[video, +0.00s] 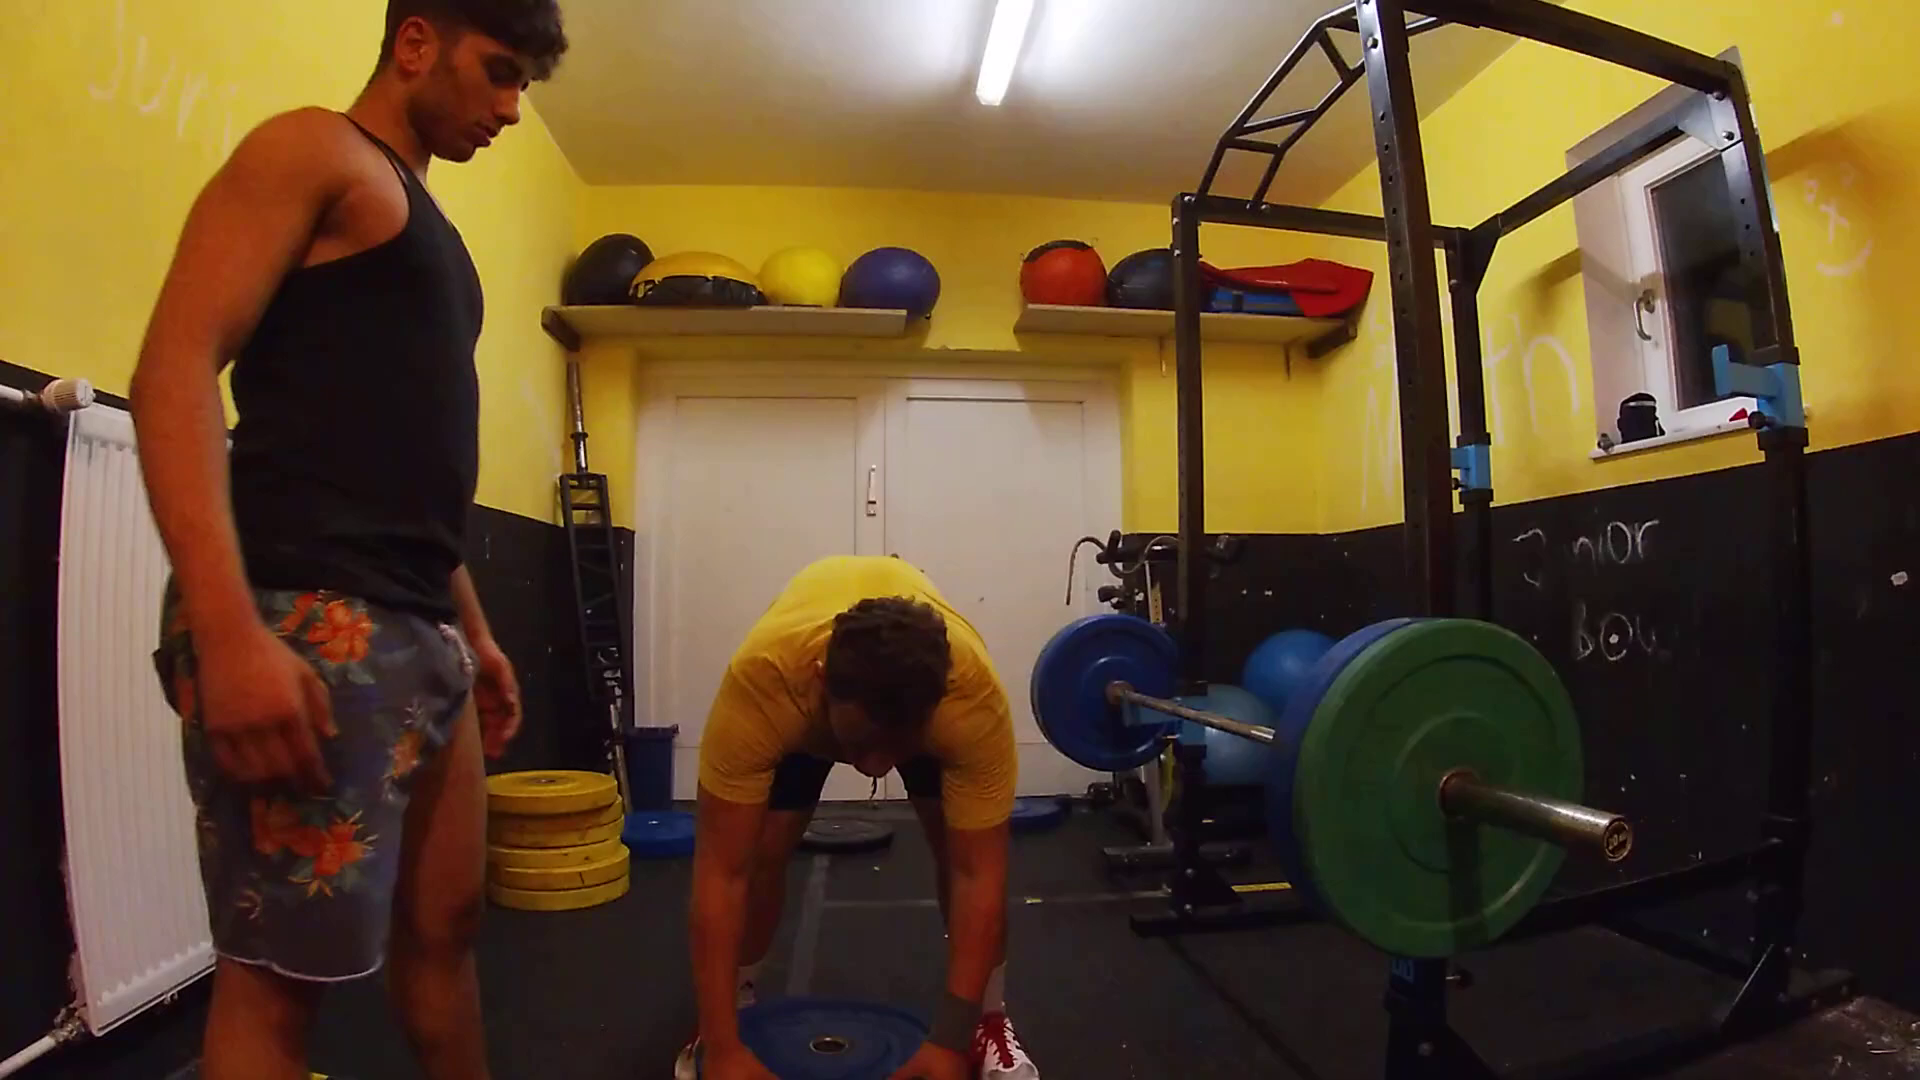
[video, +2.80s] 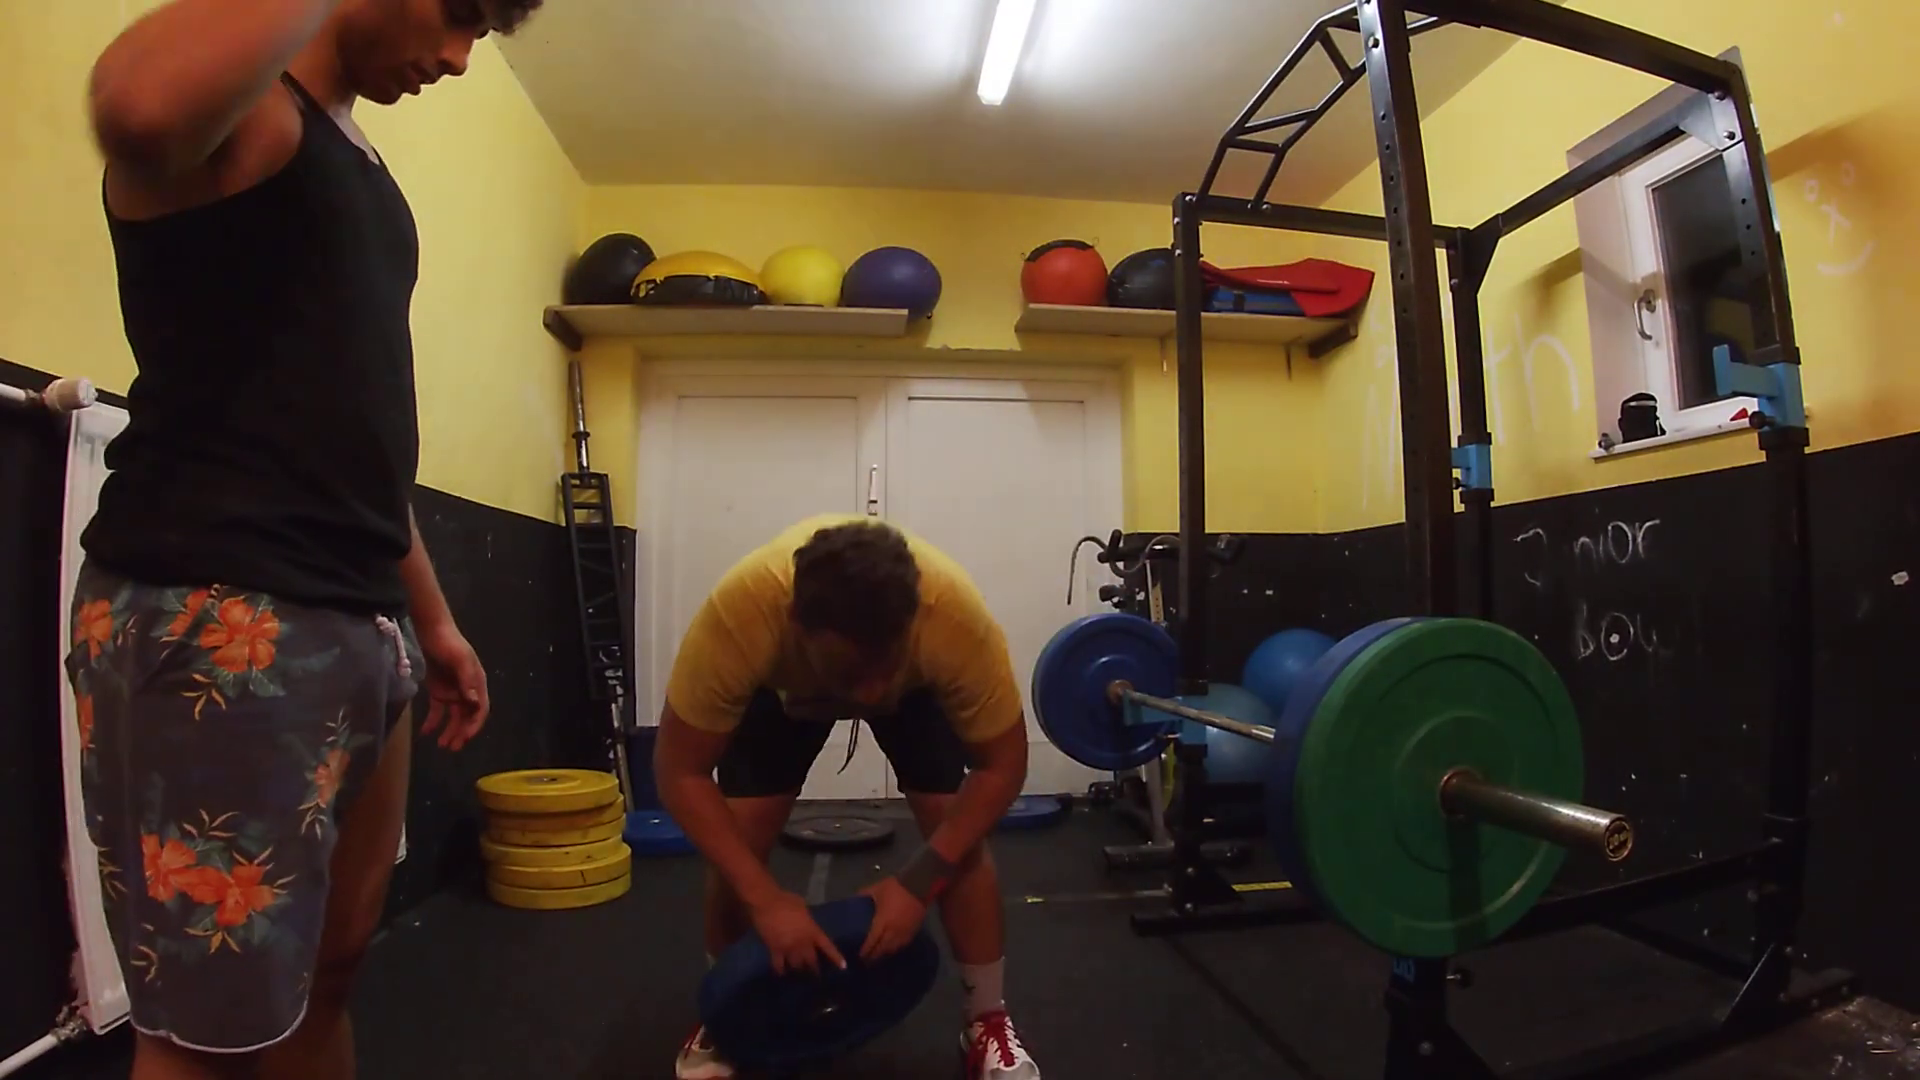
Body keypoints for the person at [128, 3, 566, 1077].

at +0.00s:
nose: (515, 109)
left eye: (523, 86)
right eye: (501, 72)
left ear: (423, 55)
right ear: (414, 44)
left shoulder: (421, 220)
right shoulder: (310, 148)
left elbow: (400, 452)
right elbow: (172, 375)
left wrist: (470, 628)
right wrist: (227, 633)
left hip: (423, 636)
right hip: (307, 627)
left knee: (442, 935)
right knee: (273, 984)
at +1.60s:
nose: (479, 13)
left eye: (484, 1)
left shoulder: (358, 150)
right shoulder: (215, 59)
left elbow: (337, 416)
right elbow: (33, 304)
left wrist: (408, 619)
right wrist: (72, 638)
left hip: (352, 638)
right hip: (216, 633)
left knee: (320, 989)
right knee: (190, 1042)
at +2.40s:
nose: (463, 18)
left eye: (472, 4)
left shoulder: (353, 129)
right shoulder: (200, 33)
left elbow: (330, 397)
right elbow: (11, 262)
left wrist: (394, 610)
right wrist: (79, 590)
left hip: (339, 633)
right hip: (196, 629)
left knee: (323, 997)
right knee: (184, 1045)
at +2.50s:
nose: (472, 29)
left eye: (485, 12)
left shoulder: (353, 133)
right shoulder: (203, 48)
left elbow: (330, 409)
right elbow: (17, 269)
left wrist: (406, 610)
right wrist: (175, 464)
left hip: (337, 622)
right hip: (188, 617)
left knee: (322, 995)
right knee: (192, 1035)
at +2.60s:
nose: (470, 43)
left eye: (488, 24)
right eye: (471, 8)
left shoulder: (363, 162)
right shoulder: (197, 61)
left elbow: (342, 422)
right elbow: (25, 271)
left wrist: (417, 614)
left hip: (347, 630)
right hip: (199, 622)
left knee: (318, 1000)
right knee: (201, 1039)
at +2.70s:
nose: (467, 52)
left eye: (485, 32)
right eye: (473, 18)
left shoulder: (355, 148)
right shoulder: (210, 62)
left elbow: (350, 415)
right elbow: (51, 231)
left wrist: (424, 614)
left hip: (355, 625)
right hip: (210, 615)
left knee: (321, 991)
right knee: (206, 1037)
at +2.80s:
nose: (459, 60)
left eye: (479, 38)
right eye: (463, 21)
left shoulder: (344, 143)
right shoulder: (226, 94)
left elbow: (356, 408)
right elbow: (136, 102)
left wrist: (430, 616)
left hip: (358, 620)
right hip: (214, 617)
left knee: (324, 989)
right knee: (207, 1032)